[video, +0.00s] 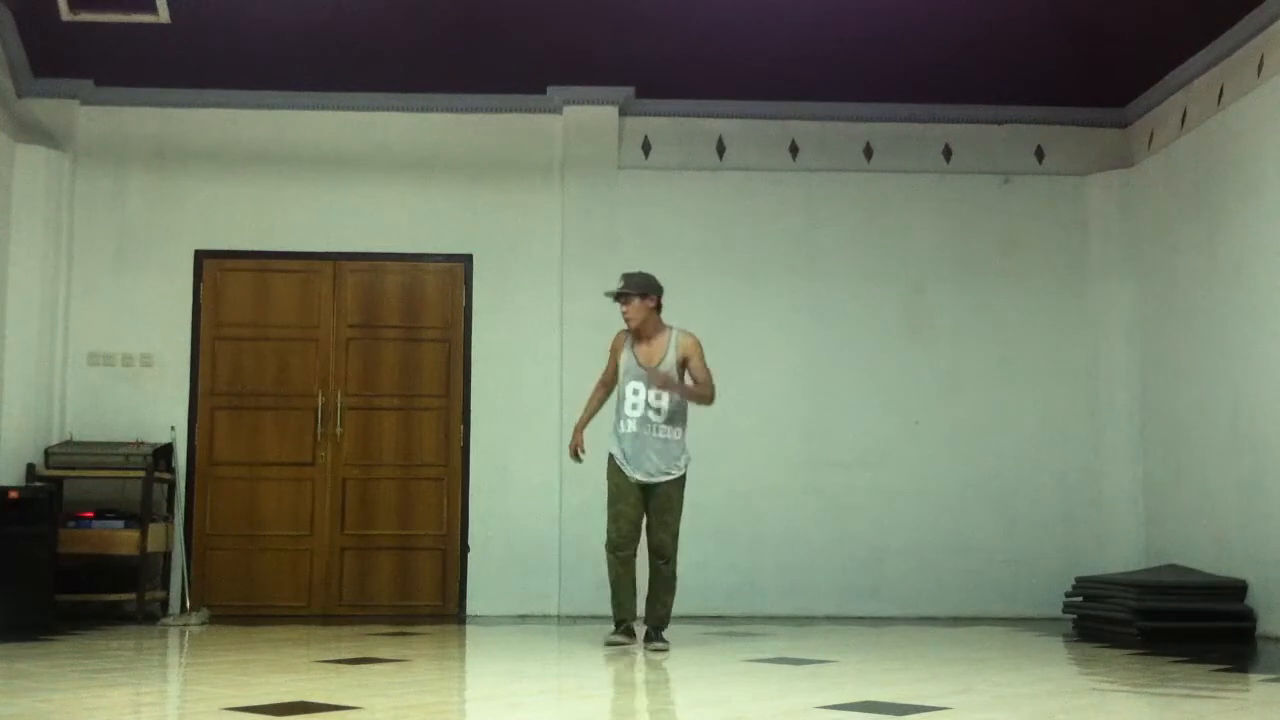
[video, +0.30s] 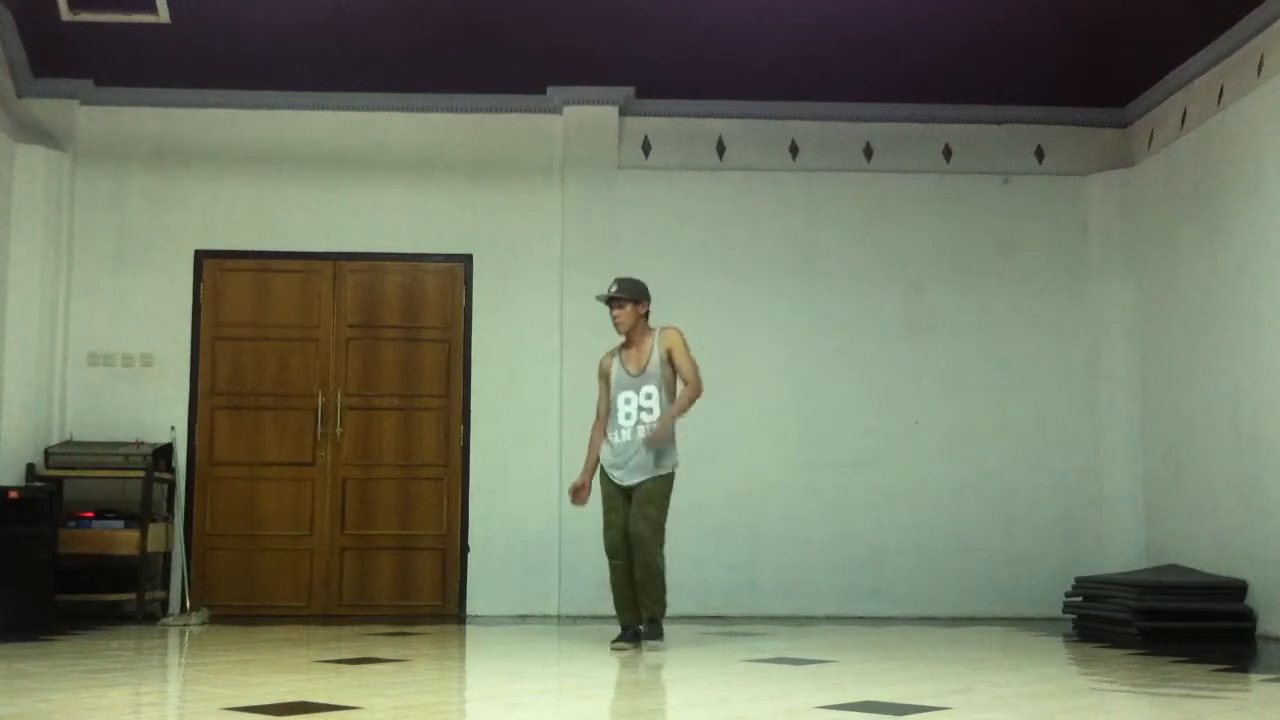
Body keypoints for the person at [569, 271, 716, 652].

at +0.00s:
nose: (622, 308)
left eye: (628, 301)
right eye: (620, 302)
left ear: (652, 302)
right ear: (627, 305)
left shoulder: (685, 343)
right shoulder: (622, 343)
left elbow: (707, 394)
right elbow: (606, 384)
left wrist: (674, 386)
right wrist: (580, 426)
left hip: (668, 466)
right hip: (624, 462)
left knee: (662, 549)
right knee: (620, 544)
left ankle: (656, 627)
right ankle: (624, 625)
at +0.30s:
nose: (613, 313)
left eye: (620, 305)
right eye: (611, 307)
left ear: (642, 308)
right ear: (612, 311)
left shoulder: (667, 338)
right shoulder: (609, 362)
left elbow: (694, 385)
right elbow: (601, 422)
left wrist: (667, 420)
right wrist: (586, 475)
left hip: (654, 466)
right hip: (614, 469)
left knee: (644, 540)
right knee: (616, 546)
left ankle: (652, 620)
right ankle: (629, 625)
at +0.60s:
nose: (631, 304)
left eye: (639, 298)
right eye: (624, 298)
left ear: (650, 304)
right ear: (616, 303)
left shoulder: (669, 348)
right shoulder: (599, 350)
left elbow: (677, 406)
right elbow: (589, 402)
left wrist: (680, 459)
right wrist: (595, 440)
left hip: (657, 463)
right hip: (613, 463)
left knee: (649, 542)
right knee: (619, 546)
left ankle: (650, 622)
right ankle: (628, 625)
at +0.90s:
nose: (647, 308)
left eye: (654, 303)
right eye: (640, 302)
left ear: (664, 311)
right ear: (629, 308)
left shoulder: (673, 365)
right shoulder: (606, 350)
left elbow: (677, 423)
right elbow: (590, 401)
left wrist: (679, 477)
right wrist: (593, 436)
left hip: (659, 468)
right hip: (616, 464)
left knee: (654, 549)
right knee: (621, 547)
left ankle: (647, 624)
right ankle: (627, 624)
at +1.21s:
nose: (640, 307)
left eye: (647, 301)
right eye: (633, 301)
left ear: (657, 308)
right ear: (622, 308)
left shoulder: (673, 358)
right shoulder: (605, 354)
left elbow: (680, 412)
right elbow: (594, 409)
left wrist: (678, 458)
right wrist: (585, 462)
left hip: (657, 469)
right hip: (611, 466)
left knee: (652, 548)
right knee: (607, 543)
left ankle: (647, 622)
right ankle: (611, 614)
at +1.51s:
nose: (626, 317)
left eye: (634, 312)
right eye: (620, 311)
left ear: (643, 318)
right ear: (610, 316)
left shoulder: (660, 359)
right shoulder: (594, 367)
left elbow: (668, 407)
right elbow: (592, 419)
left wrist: (681, 431)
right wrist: (582, 438)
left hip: (648, 472)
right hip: (607, 473)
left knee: (648, 546)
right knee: (608, 550)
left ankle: (650, 621)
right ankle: (614, 622)